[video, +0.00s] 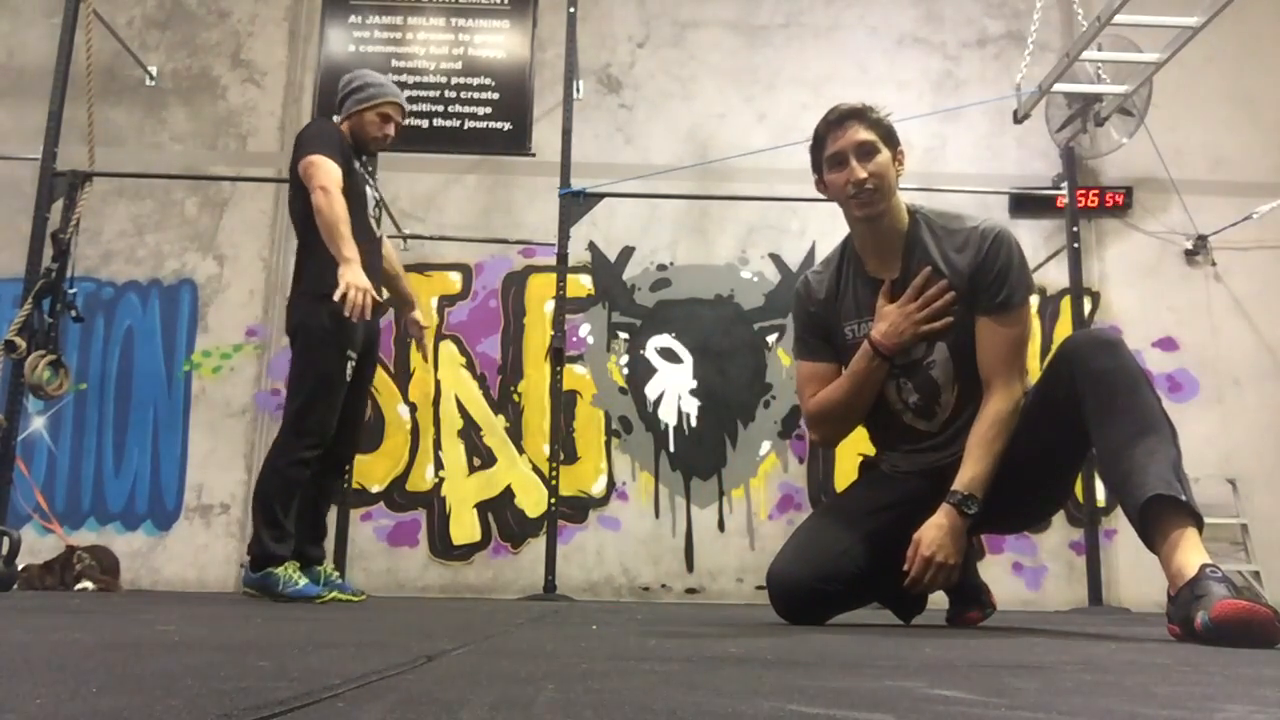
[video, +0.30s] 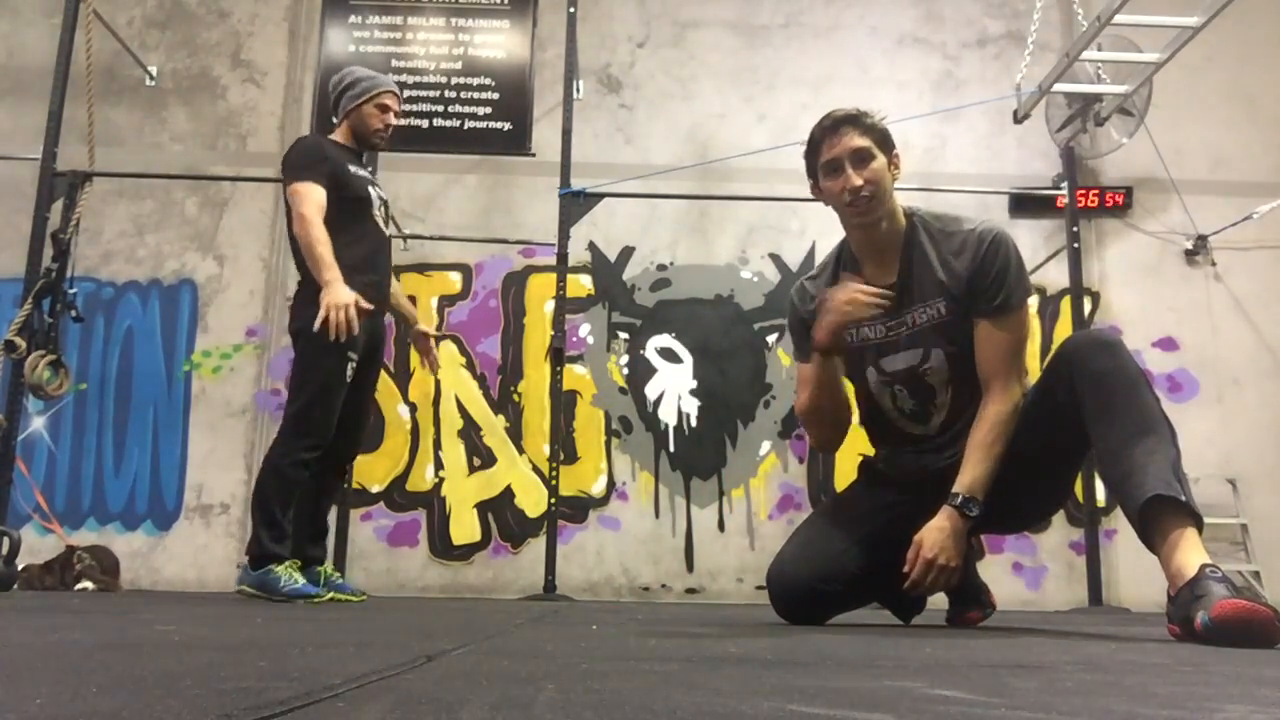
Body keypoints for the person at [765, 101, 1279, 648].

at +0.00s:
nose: (855, 171)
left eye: (867, 153)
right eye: (836, 163)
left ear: (897, 162)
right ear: (823, 185)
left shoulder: (984, 249)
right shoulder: (818, 290)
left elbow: (1004, 392)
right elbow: (822, 425)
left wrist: (958, 507)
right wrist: (879, 347)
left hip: (1000, 466)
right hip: (903, 483)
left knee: (1097, 348)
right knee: (794, 590)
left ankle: (1192, 578)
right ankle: (947, 558)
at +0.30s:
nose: (851, 179)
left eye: (863, 159)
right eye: (832, 170)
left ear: (893, 166)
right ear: (818, 191)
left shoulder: (980, 251)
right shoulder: (816, 295)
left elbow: (1004, 392)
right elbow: (825, 436)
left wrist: (959, 509)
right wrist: (823, 346)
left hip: (998, 470)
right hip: (900, 485)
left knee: (1096, 350)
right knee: (794, 590)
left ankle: (1192, 578)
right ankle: (948, 560)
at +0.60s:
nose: (842, 187)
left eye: (852, 166)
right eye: (822, 178)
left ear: (885, 172)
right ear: (808, 199)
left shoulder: (972, 252)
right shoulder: (803, 310)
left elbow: (1006, 389)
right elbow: (844, 450)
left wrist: (961, 506)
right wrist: (811, 406)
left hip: (997, 466)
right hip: (900, 484)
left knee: (1099, 352)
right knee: (794, 589)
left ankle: (1192, 576)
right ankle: (946, 560)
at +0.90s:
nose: (825, 207)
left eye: (833, 185)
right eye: (804, 200)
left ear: (866, 185)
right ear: (793, 222)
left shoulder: (960, 246)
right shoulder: (802, 334)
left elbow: (1033, 363)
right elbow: (837, 444)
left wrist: (965, 453)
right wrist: (889, 490)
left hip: (1011, 463)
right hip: (909, 489)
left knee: (1118, 351)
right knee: (796, 590)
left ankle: (1195, 574)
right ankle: (947, 559)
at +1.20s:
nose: (825, 216)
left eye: (832, 193)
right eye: (804, 211)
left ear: (865, 190)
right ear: (795, 233)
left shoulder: (963, 246)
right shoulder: (805, 336)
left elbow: (1054, 356)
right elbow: (842, 451)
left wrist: (1006, 465)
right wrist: (918, 506)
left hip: (1022, 468)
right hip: (916, 498)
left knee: (1137, 351)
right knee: (797, 590)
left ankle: (1199, 575)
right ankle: (947, 562)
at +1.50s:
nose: (839, 221)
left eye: (846, 196)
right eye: (817, 214)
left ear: (879, 194)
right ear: (807, 235)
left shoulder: (982, 254)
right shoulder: (815, 333)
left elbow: (1055, 370)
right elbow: (848, 454)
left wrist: (1003, 478)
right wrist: (928, 518)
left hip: (1030, 470)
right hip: (922, 496)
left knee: (1134, 347)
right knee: (799, 591)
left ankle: (1197, 574)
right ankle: (946, 562)